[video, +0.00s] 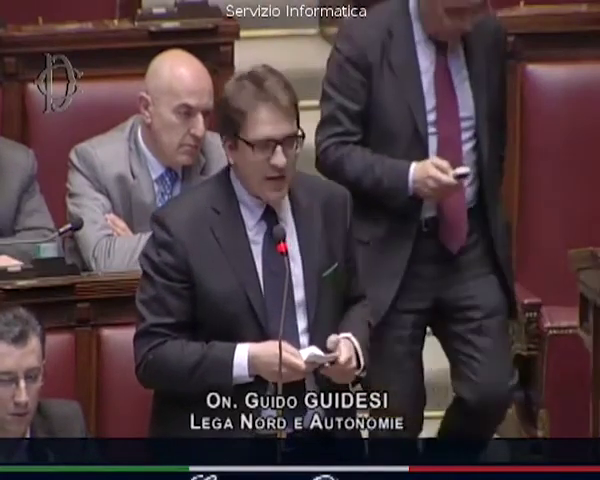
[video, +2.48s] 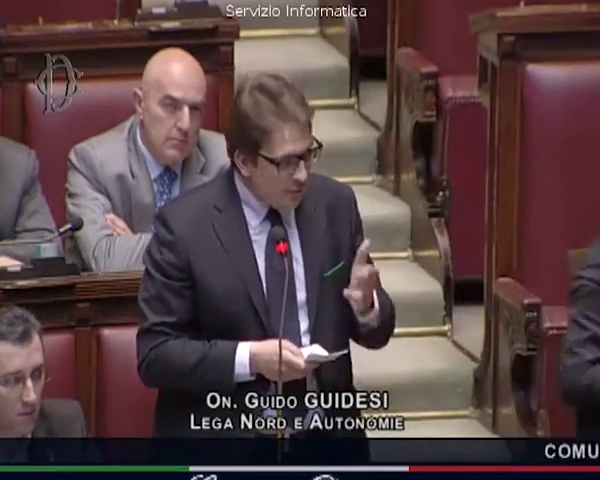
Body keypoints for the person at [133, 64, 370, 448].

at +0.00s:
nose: (280, 159)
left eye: (290, 142)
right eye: (264, 145)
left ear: (301, 136)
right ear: (230, 146)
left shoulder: (331, 204)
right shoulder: (179, 224)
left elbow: (358, 301)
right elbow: (153, 357)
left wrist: (351, 340)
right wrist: (247, 360)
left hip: (322, 441)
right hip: (220, 447)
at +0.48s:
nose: (269, 151)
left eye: (284, 136)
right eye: (255, 134)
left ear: (300, 137)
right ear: (231, 134)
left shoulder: (338, 208)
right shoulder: (181, 221)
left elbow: (370, 309)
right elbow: (152, 350)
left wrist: (351, 348)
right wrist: (242, 357)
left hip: (321, 437)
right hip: (217, 441)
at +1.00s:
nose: (270, 151)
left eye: (285, 137)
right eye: (256, 133)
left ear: (304, 140)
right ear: (236, 134)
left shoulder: (345, 209)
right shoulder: (186, 219)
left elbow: (375, 314)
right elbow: (155, 348)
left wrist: (351, 353)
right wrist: (245, 357)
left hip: (325, 440)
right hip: (218, 443)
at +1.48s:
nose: (275, 153)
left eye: (290, 139)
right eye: (261, 135)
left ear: (309, 142)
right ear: (240, 134)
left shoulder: (349, 209)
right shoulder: (189, 216)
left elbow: (378, 314)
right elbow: (157, 345)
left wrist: (353, 353)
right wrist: (246, 355)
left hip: (328, 438)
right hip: (221, 441)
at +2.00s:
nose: (282, 158)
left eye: (296, 143)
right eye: (268, 141)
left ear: (311, 142)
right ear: (241, 138)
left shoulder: (348, 208)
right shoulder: (189, 217)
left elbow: (377, 315)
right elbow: (157, 346)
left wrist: (354, 352)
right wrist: (246, 355)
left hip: (328, 437)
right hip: (220, 439)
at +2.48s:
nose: (303, 174)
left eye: (309, 154)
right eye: (287, 162)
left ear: (315, 142)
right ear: (242, 159)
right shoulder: (182, 223)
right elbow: (155, 356)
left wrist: (368, 305)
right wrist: (249, 358)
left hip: (325, 439)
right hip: (219, 445)